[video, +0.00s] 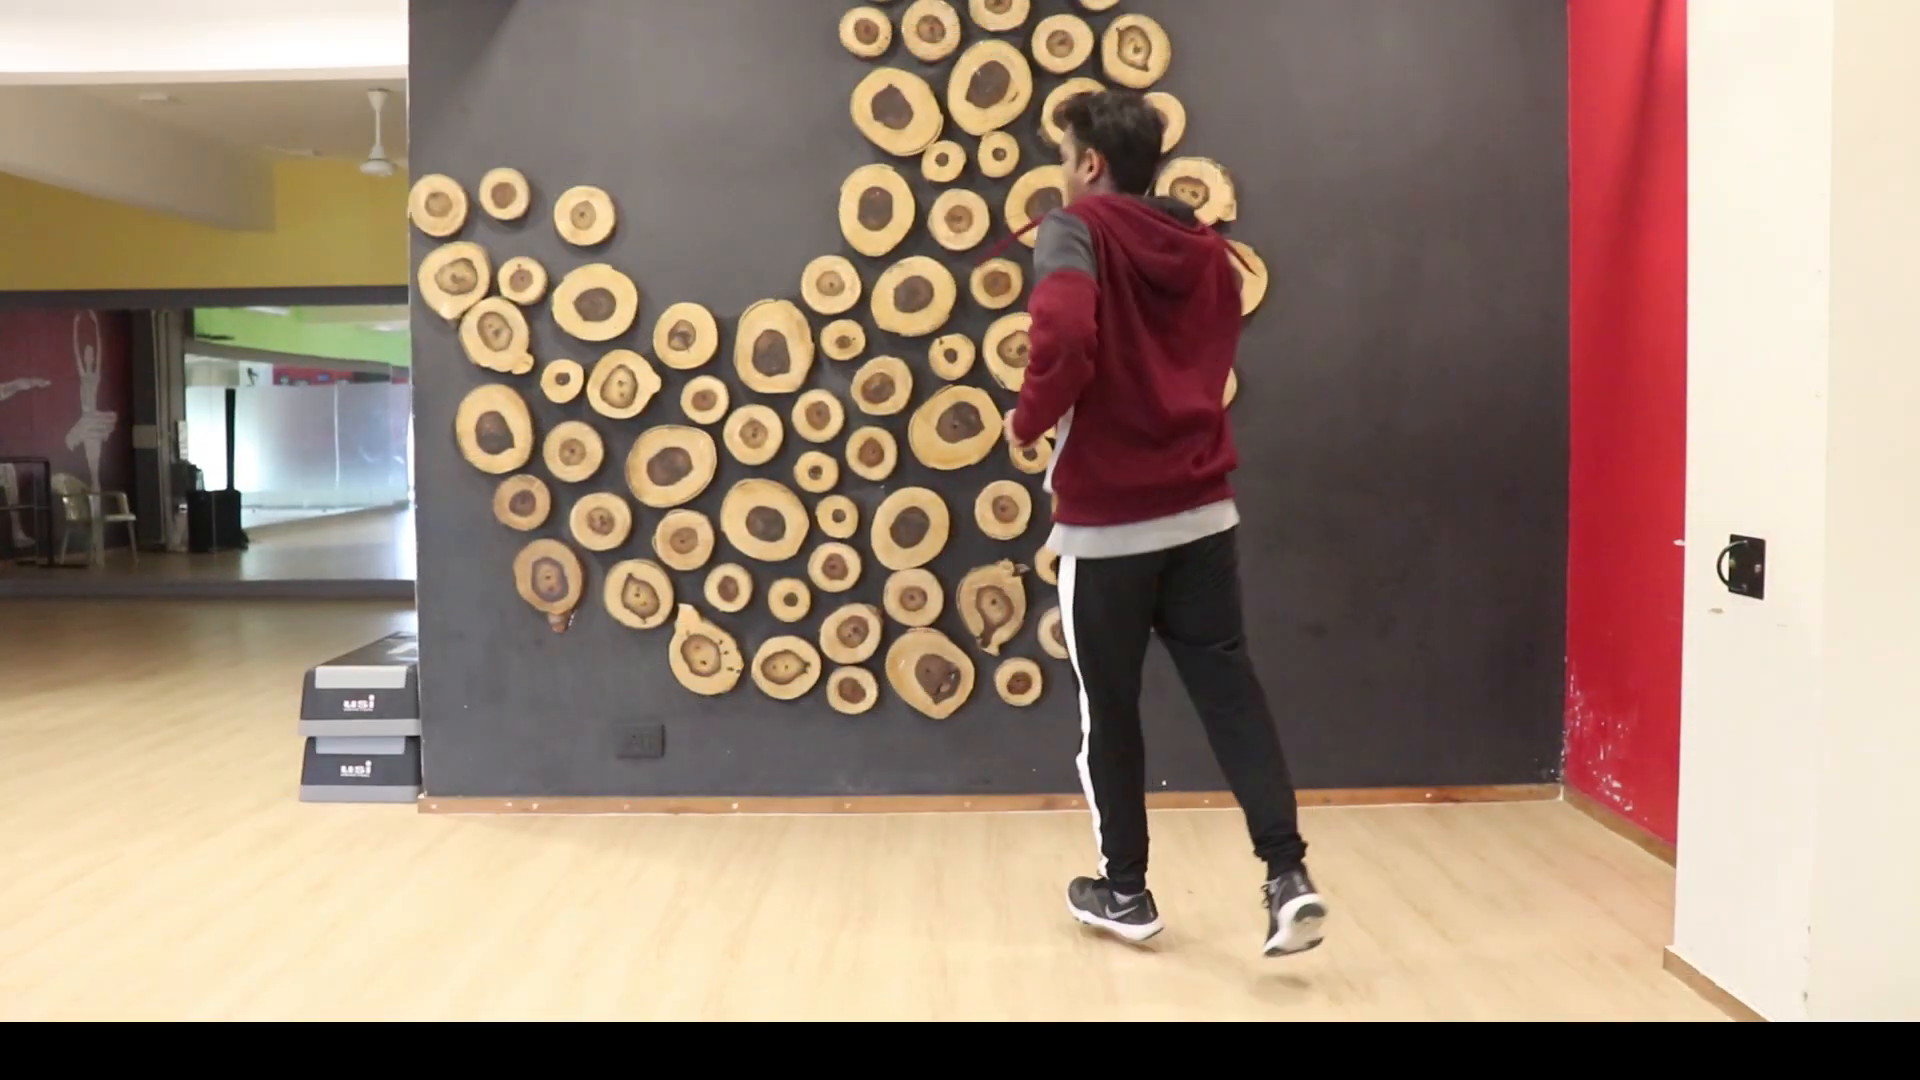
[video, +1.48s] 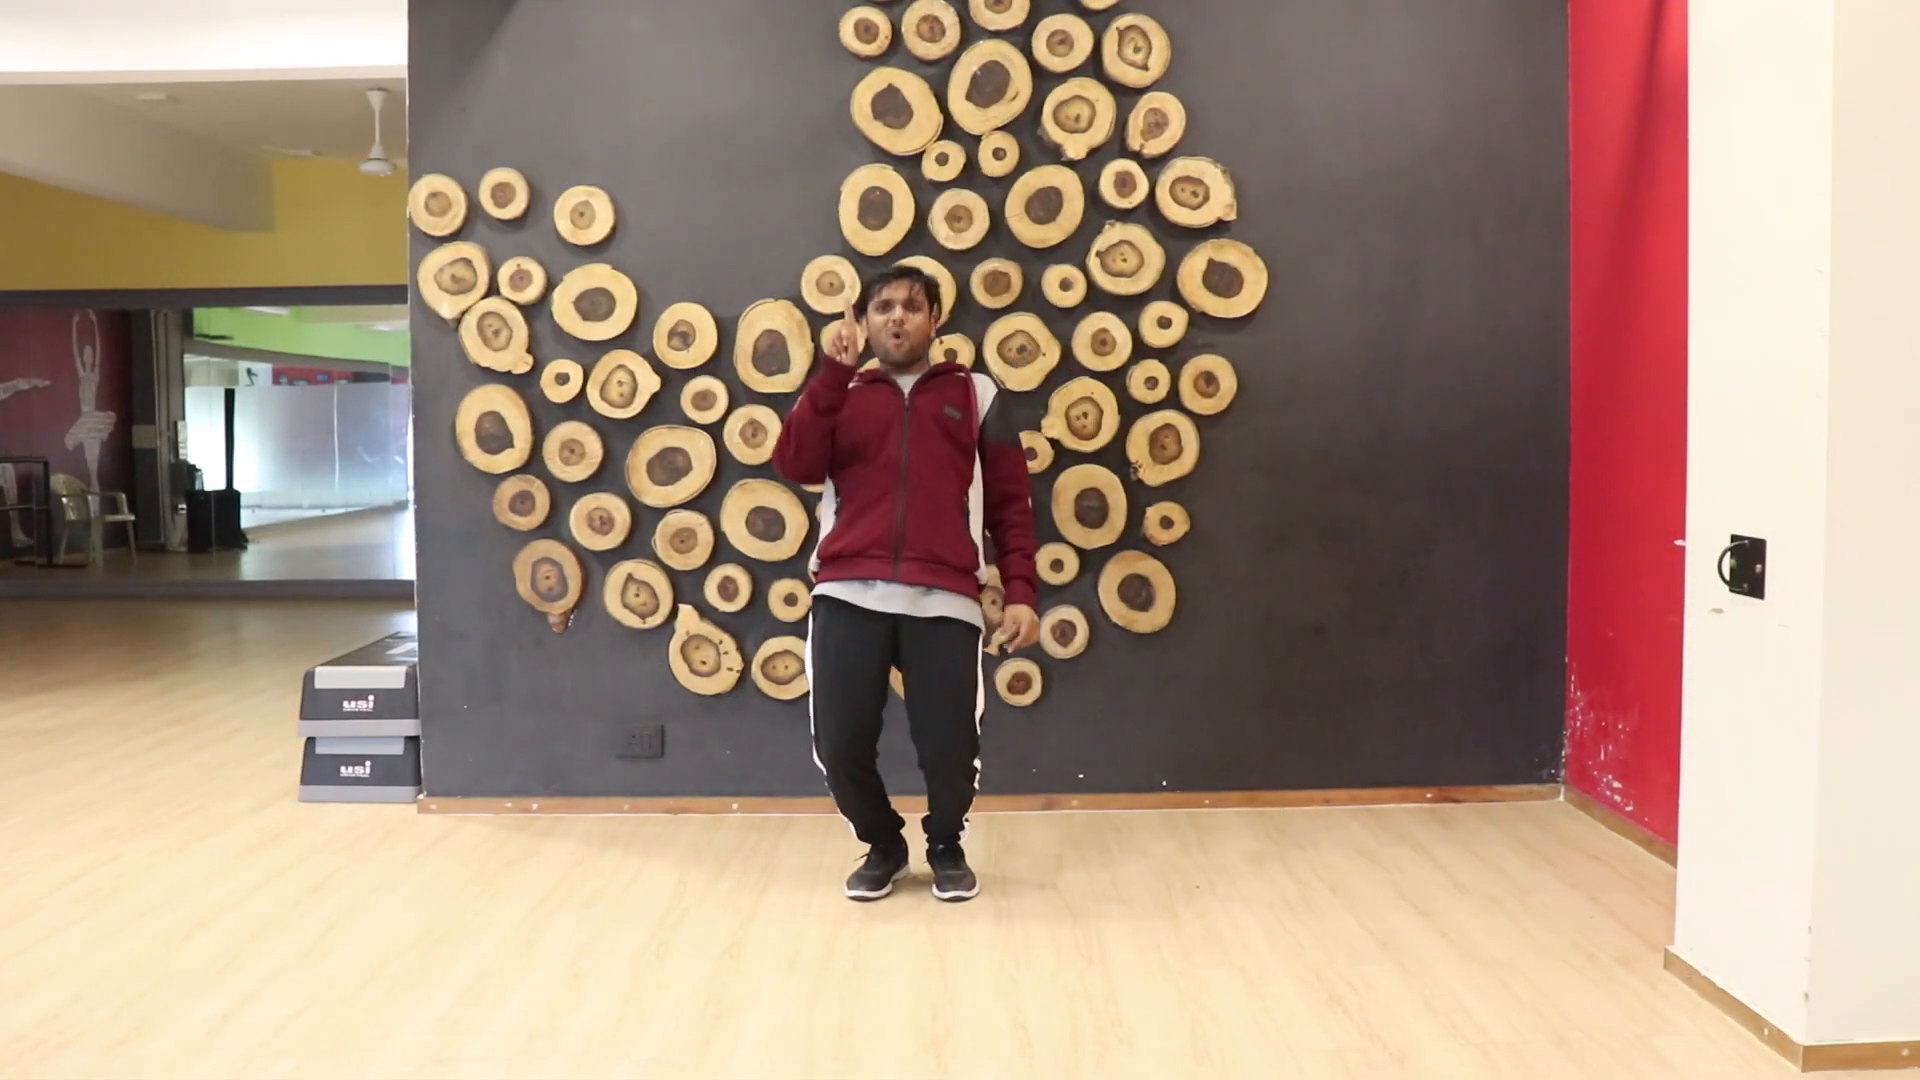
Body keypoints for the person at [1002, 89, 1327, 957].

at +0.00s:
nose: (1065, 173)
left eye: (1068, 159)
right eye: (1067, 159)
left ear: (1093, 162)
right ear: (1149, 164)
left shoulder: (1073, 232)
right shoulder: (1199, 241)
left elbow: (1067, 337)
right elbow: (1222, 346)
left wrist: (1025, 422)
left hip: (1108, 523)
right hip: (1203, 512)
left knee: (1108, 704)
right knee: (1228, 681)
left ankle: (1125, 888)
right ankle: (1287, 876)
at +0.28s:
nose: (1017, 219)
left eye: (1037, 207)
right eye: (1012, 207)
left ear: (1077, 226)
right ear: (1007, 222)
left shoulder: (1061, 313)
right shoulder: (1070, 304)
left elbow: (1037, 444)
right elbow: (1048, 434)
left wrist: (966, 430)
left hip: (1066, 573)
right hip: (1093, 563)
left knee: (1053, 743)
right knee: (1073, 716)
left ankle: (1126, 896)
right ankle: (1153, 852)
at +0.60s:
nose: (961, 236)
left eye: (977, 224)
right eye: (949, 224)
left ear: (1007, 240)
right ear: (931, 240)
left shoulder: (1032, 329)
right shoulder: (920, 331)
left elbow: (1057, 446)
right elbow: (907, 422)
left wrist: (945, 470)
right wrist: (861, 493)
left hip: (1000, 573)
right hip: (924, 564)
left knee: (996, 730)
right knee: (889, 714)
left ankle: (1113, 854)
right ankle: (937, 850)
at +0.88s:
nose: (934, 211)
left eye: (949, 199)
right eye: (920, 200)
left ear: (974, 214)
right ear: (900, 214)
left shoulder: (1008, 294)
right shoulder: (865, 295)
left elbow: (1049, 397)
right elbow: (810, 389)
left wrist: (963, 385)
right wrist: (723, 385)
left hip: (970, 539)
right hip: (878, 534)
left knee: (960, 699)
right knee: (864, 691)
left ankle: (955, 839)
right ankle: (889, 833)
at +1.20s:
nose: (929, 263)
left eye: (944, 254)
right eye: (916, 252)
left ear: (965, 274)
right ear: (893, 269)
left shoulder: (986, 361)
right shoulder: (847, 333)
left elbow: (1005, 460)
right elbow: (755, 385)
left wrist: (975, 527)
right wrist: (802, 358)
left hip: (940, 576)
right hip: (846, 570)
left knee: (947, 730)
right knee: (839, 731)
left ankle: (948, 844)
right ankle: (881, 844)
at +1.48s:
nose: (898, 317)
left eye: (911, 307)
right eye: (885, 307)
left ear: (934, 321)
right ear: (865, 324)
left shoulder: (974, 393)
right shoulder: (841, 393)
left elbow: (1010, 497)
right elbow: (796, 465)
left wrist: (1020, 593)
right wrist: (832, 373)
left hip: (944, 597)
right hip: (848, 592)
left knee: (950, 744)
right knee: (838, 745)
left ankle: (945, 846)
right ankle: (883, 846)